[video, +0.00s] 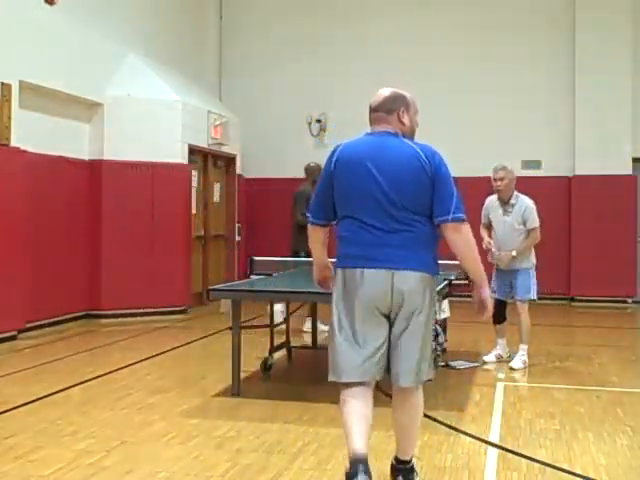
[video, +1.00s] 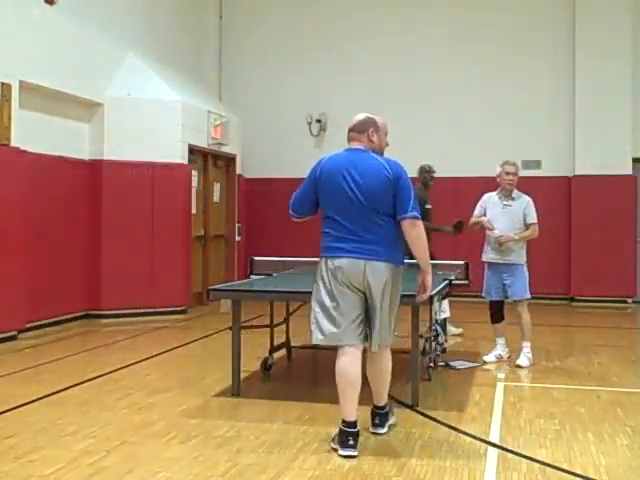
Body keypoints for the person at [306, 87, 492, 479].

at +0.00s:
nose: (417, 125)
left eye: (415, 118)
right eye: (415, 118)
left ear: (372, 118)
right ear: (403, 116)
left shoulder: (342, 154)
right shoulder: (427, 157)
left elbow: (318, 220)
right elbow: (454, 226)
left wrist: (320, 262)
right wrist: (480, 280)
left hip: (357, 276)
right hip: (415, 278)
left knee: (356, 378)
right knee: (409, 379)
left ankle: (358, 465)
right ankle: (405, 466)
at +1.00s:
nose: (386, 142)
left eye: (386, 135)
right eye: (385, 136)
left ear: (351, 135)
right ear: (372, 135)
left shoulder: (325, 166)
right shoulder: (392, 169)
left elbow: (297, 210)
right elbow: (410, 221)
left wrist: (326, 192)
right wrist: (426, 269)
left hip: (339, 265)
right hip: (382, 268)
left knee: (348, 347)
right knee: (380, 344)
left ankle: (347, 434)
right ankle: (380, 416)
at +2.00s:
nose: (359, 149)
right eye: (359, 145)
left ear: (331, 146)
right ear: (357, 147)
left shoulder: (310, 170)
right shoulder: (372, 173)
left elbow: (289, 214)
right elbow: (387, 222)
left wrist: (315, 225)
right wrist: (379, 259)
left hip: (321, 260)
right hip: (360, 261)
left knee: (327, 328)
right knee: (365, 325)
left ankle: (330, 402)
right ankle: (368, 391)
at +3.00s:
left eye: (343, 142)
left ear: (341, 148)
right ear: (365, 152)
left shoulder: (331, 165)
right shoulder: (380, 182)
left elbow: (313, 205)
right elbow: (384, 233)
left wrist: (300, 234)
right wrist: (378, 267)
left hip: (330, 251)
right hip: (367, 257)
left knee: (317, 323)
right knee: (358, 329)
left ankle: (319, 397)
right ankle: (353, 398)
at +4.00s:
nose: (257, 162)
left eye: (256, 158)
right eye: (256, 158)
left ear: (260, 151)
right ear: (281, 145)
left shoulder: (267, 172)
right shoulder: (312, 172)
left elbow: (255, 222)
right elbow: (325, 216)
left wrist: (240, 261)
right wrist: (307, 241)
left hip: (282, 258)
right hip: (311, 257)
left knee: (286, 331)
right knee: (301, 329)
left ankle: (292, 402)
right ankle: (302, 389)